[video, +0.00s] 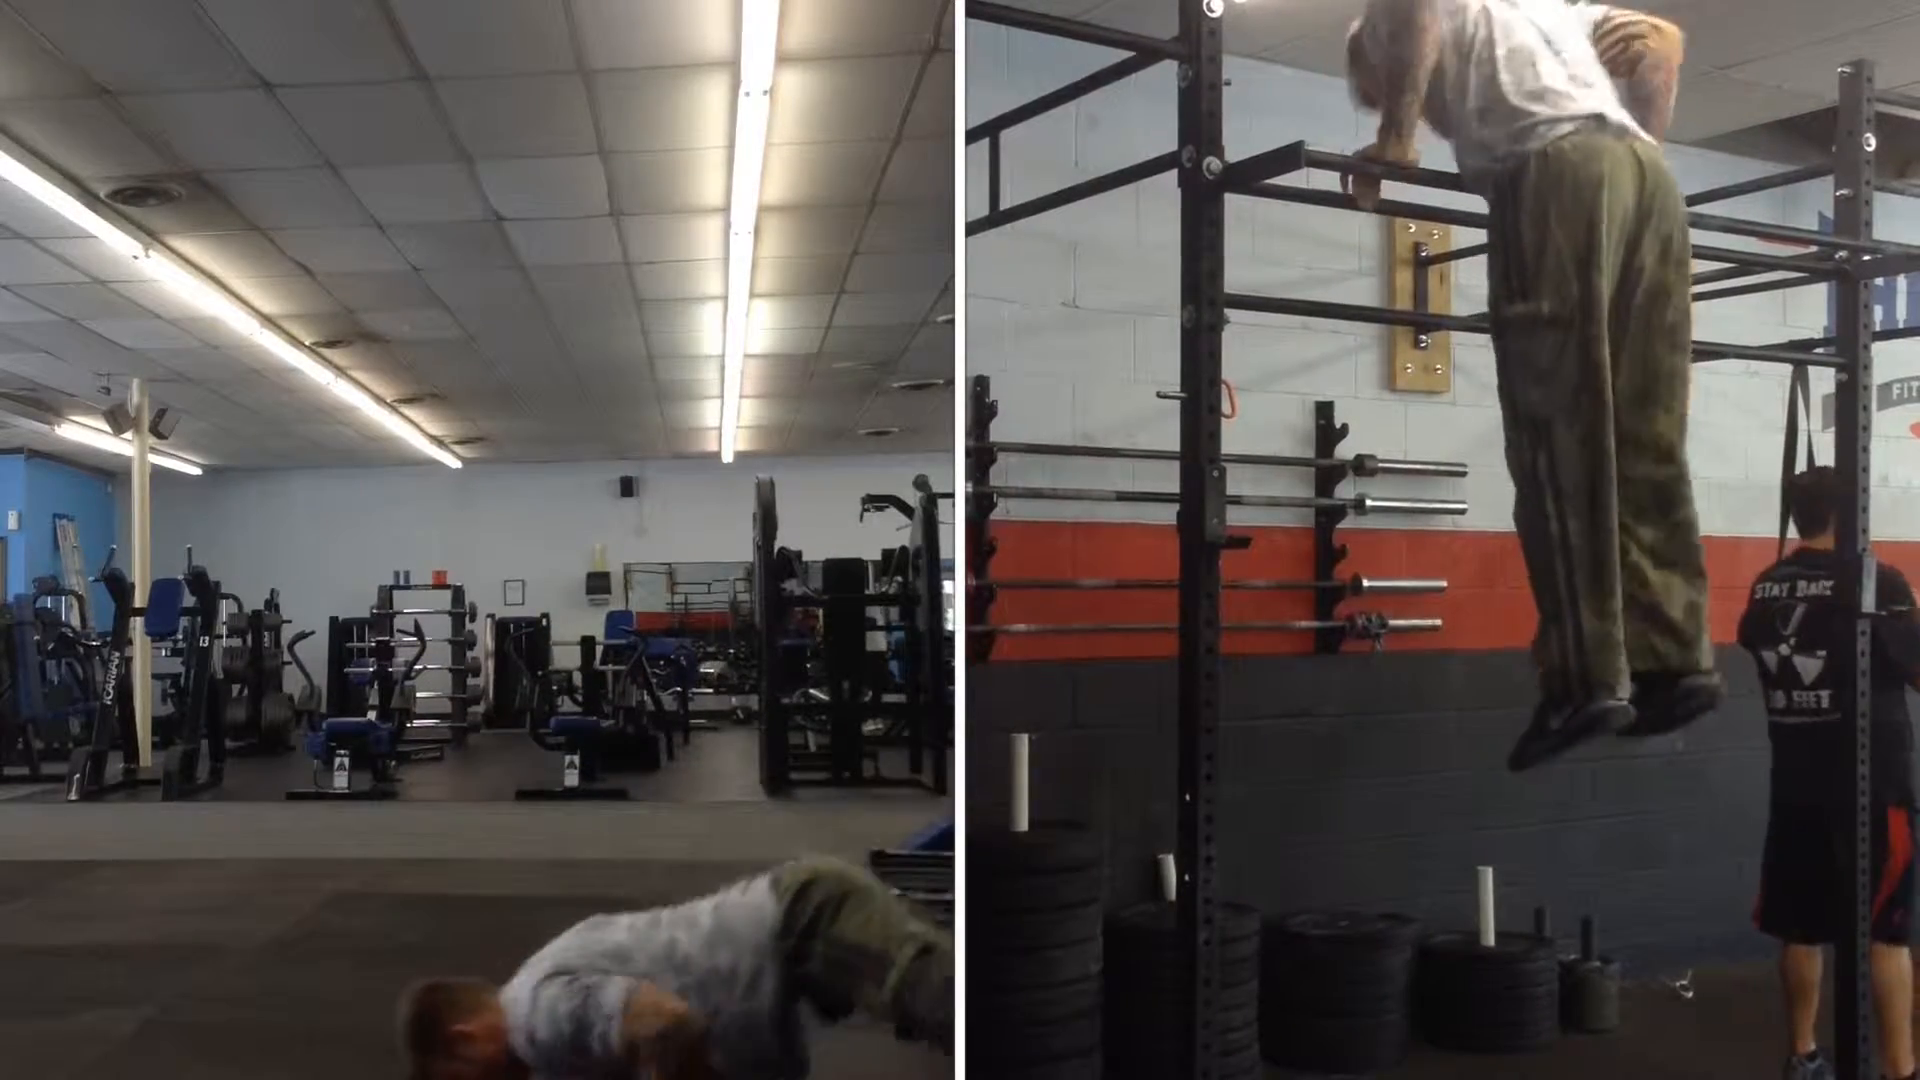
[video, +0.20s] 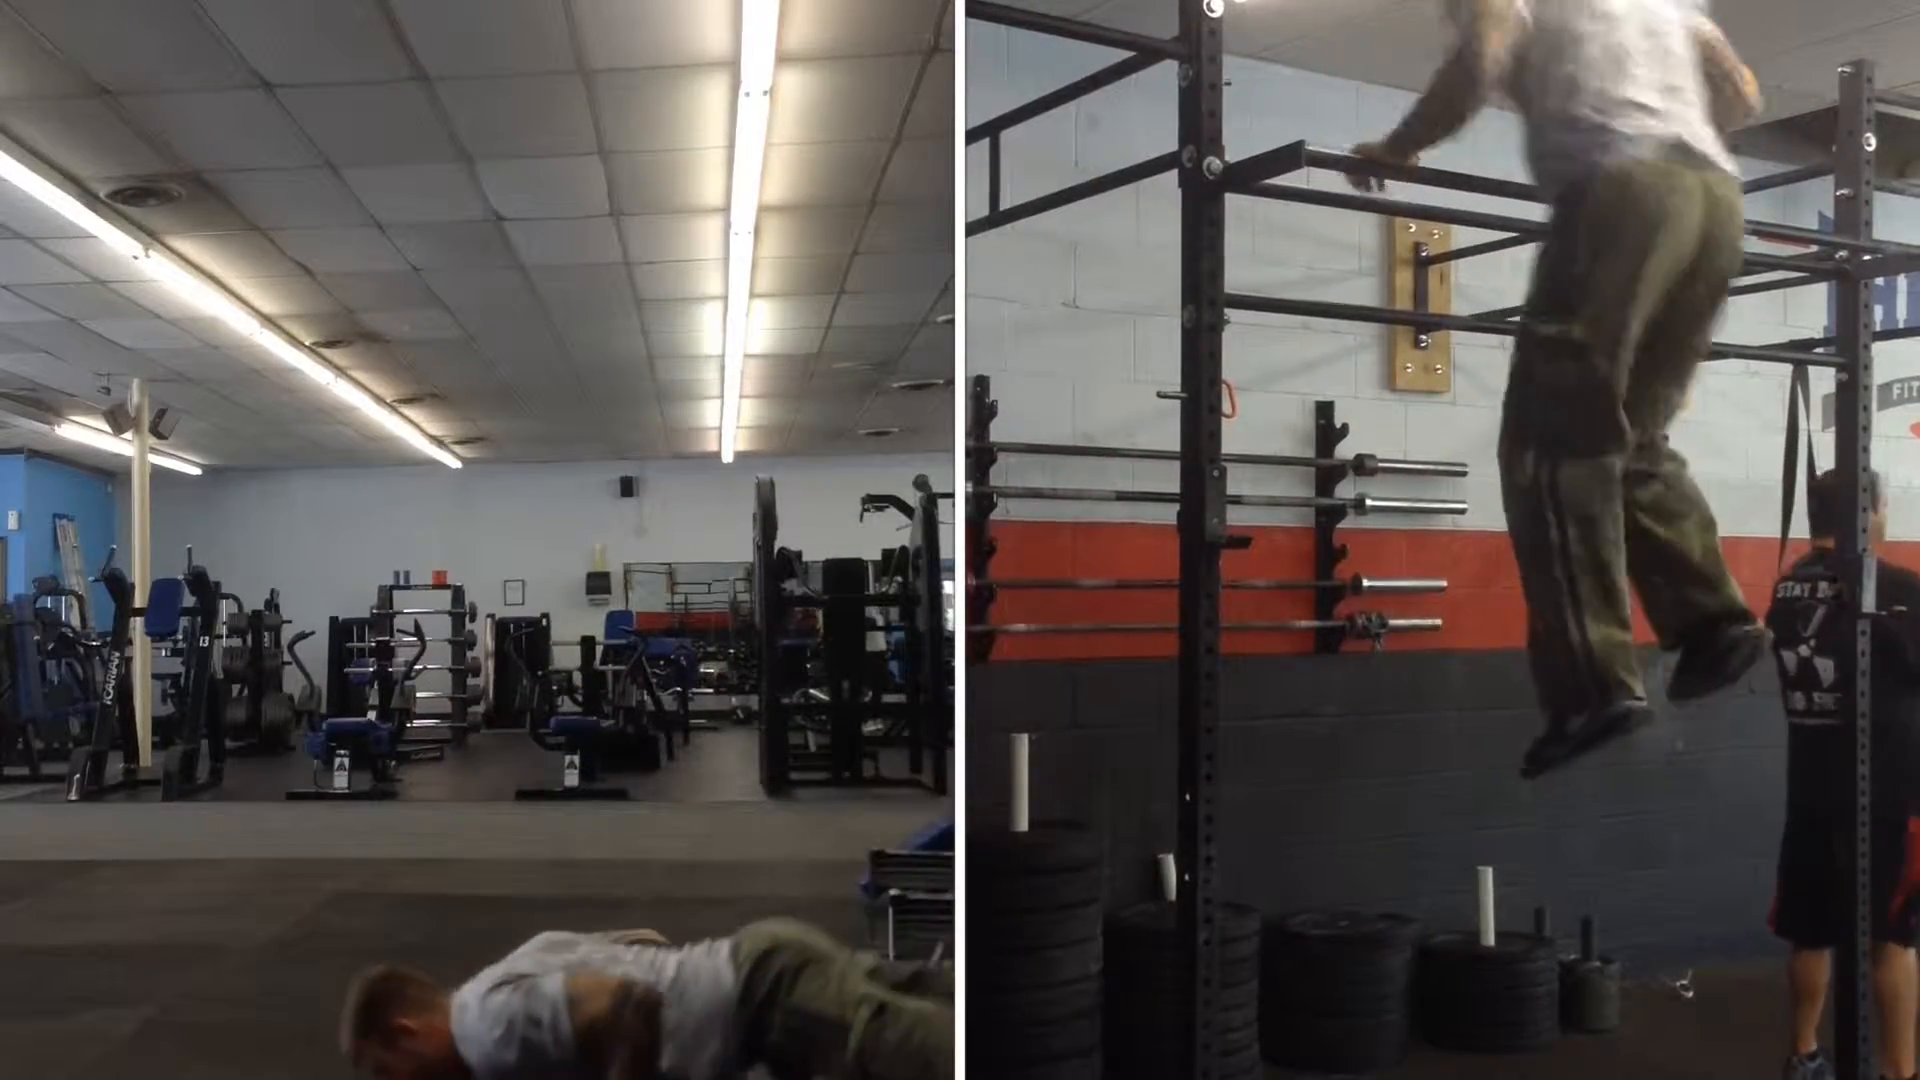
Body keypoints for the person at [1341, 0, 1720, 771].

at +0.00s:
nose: (1379, 85)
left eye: (1372, 69)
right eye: (1375, 79)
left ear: (1374, 27)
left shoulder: (1393, 23)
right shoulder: (1559, 12)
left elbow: (1422, 4)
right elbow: (1658, 43)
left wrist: (1398, 131)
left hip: (1557, 166)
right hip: (1649, 171)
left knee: (1557, 429)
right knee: (1651, 431)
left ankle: (1586, 682)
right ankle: (1676, 665)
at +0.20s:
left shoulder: (1514, 5)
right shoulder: (1669, 8)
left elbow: (1480, 65)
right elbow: (1741, 94)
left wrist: (1397, 147)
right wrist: (1669, 144)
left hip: (1624, 182)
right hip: (1720, 197)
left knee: (1556, 434)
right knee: (1634, 435)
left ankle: (1593, 690)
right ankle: (1716, 630)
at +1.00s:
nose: (1399, 375)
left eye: (1409, 369)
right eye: (1409, 366)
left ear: (1418, 399)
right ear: (1485, 416)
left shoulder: (1387, 468)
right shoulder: (1491, 494)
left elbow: (1357, 337)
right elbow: (1573, 371)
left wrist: (1391, 215)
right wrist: (1618, 260)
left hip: (1323, 725)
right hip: (1400, 727)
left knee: (1281, 919)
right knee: (1379, 911)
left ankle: (1392, 1064)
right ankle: (1453, 1058)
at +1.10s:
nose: (1408, 374)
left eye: (1418, 368)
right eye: (1418, 365)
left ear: (1428, 394)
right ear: (1496, 411)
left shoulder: (1386, 459)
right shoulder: (1504, 486)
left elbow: (1352, 337)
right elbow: (1574, 366)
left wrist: (1389, 215)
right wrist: (1618, 261)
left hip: (1307, 698)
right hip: (1385, 705)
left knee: (1244, 880)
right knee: (1343, 870)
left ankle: (1331, 1059)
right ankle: (1406, 1050)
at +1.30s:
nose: (1484, 413)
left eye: (1493, 406)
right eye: (1493, 403)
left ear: (1502, 426)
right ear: (1565, 434)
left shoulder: (1451, 488)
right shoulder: (1576, 502)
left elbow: (1373, 361)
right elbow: (1604, 372)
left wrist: (1394, 215)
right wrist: (1626, 250)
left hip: (1351, 712)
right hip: (1430, 717)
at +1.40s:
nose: (1537, 396)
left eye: (1546, 385)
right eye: (1548, 385)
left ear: (1561, 400)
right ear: (1622, 414)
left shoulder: (1503, 469)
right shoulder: (1630, 488)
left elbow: (1393, 356)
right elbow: (1626, 379)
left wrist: (1397, 217)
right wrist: (1631, 252)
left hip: (1390, 667)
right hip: (1470, 683)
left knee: (1285, 511)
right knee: (1330, 514)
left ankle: (1150, 527)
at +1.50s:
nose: (1588, 323)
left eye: (1599, 315)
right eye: (1598, 312)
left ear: (1612, 327)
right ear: (1672, 339)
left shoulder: (1551, 383)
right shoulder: (1688, 435)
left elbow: (1414, 334)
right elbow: (1660, 332)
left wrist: (1404, 209)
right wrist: (1637, 241)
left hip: (1451, 550)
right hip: (1523, 596)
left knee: (1293, 437)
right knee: (1362, 470)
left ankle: (1150, 479)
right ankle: (1232, 524)